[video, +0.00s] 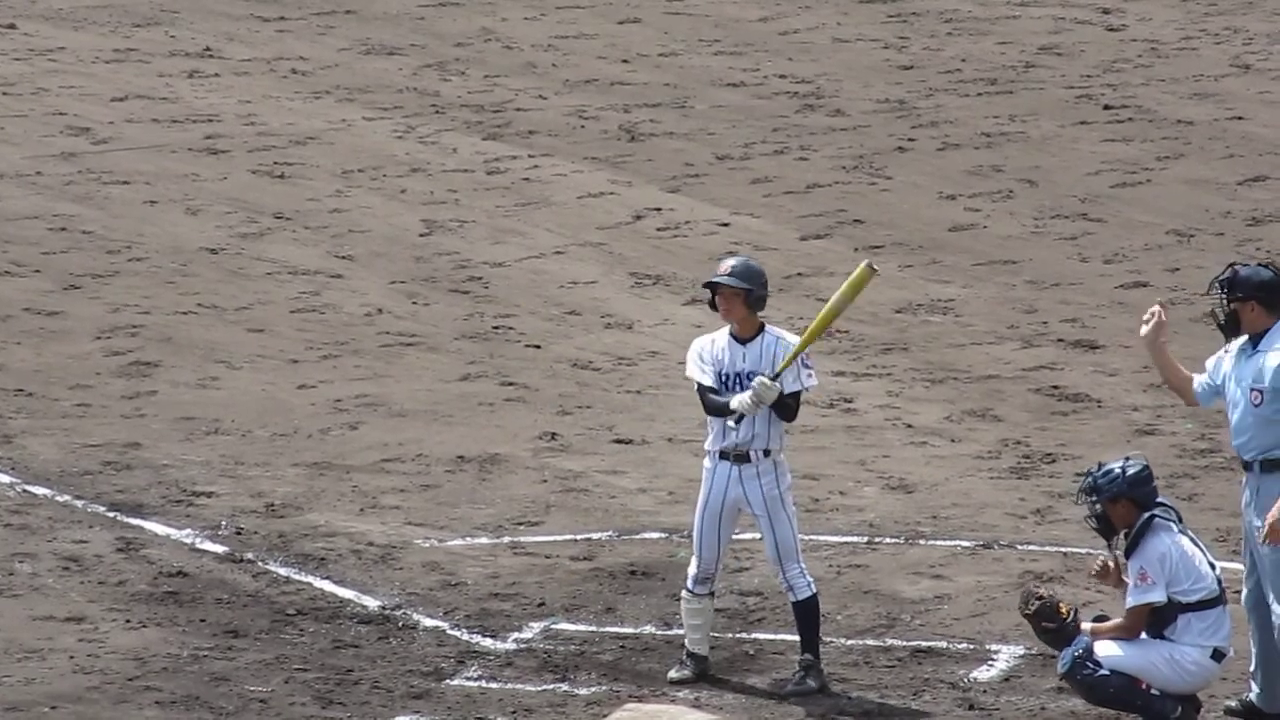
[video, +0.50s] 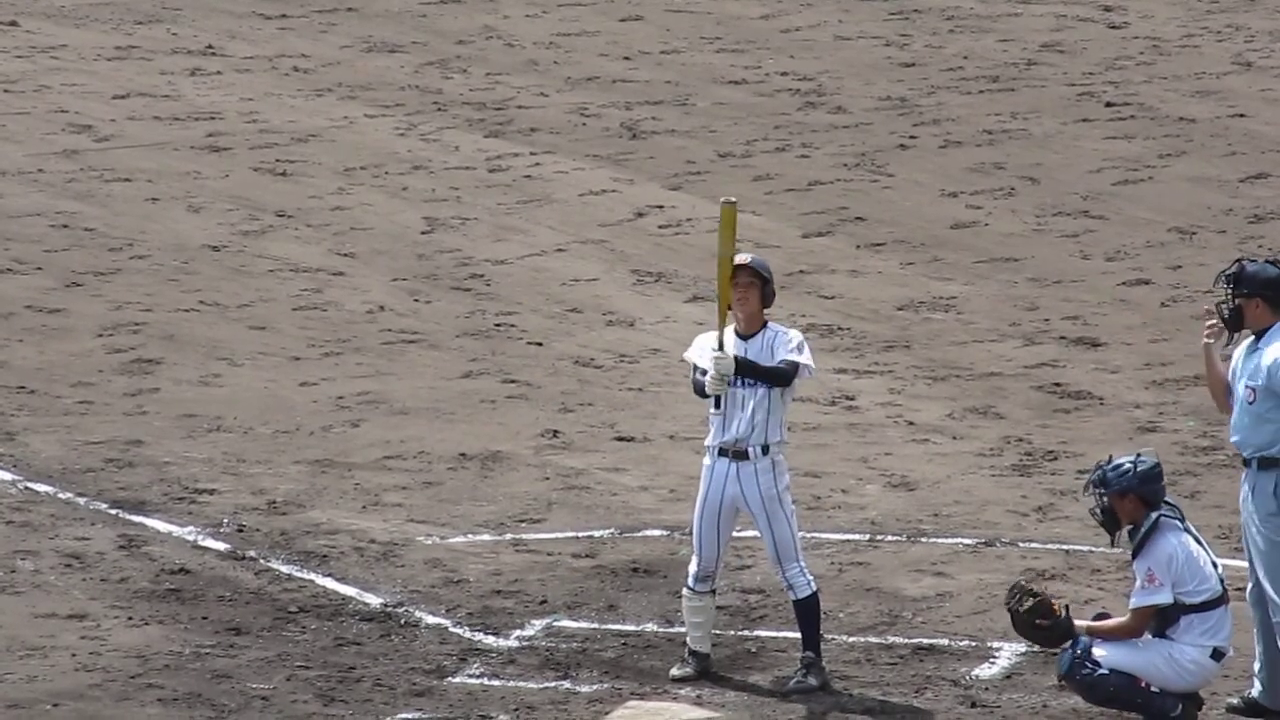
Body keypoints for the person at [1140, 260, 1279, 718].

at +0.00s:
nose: (1226, 309)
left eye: (1233, 302)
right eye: (1228, 302)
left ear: (1255, 306)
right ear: (1251, 306)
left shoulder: (1274, 352)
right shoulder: (1235, 352)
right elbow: (1194, 391)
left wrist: (1278, 505)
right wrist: (1156, 346)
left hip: (1275, 485)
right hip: (1253, 483)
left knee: (1277, 600)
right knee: (1258, 599)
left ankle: (1271, 696)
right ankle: (1265, 695)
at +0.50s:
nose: (1233, 304)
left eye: (1238, 298)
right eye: (1234, 297)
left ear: (1258, 306)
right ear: (1259, 305)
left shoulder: (1274, 351)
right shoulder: (1247, 345)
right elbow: (1228, 403)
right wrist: (1210, 350)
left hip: (1273, 478)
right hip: (1253, 475)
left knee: (1274, 593)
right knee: (1260, 593)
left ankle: (1273, 694)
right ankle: (1267, 692)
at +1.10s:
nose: (1224, 327)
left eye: (1226, 319)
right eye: (1222, 319)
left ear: (1244, 317)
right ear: (1259, 312)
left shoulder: (1266, 367)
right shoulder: (1263, 355)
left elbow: (1271, 449)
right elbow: (1262, 425)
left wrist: (1240, 513)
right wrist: (1236, 402)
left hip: (1263, 503)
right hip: (1256, 496)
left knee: (1259, 607)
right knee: (1257, 602)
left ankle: (1266, 695)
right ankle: (1261, 692)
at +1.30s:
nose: (1214, 339)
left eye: (1214, 330)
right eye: (1212, 330)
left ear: (1230, 327)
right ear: (1252, 318)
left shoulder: (1253, 373)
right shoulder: (1272, 348)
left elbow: (1265, 455)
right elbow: (1267, 423)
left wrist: (1250, 533)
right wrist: (1242, 457)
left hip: (1269, 522)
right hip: (1272, 514)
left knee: (1249, 627)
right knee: (1264, 608)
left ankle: (1276, 706)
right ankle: (1263, 688)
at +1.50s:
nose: (1203, 345)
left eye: (1205, 336)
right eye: (1202, 336)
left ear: (1222, 334)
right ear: (1244, 327)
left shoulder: (1246, 380)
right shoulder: (1270, 356)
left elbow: (1267, 461)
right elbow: (1268, 456)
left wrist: (1255, 537)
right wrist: (1253, 516)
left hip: (1271, 527)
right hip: (1274, 521)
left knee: (1243, 630)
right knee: (1264, 621)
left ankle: (1275, 706)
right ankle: (1271, 699)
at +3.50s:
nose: (1221, 335)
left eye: (1224, 327)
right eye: (1221, 326)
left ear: (1243, 326)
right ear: (1258, 321)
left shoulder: (1258, 369)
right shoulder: (1269, 354)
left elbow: (1270, 448)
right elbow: (1269, 448)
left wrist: (1253, 520)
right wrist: (1256, 518)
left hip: (1274, 519)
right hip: (1271, 517)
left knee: (1255, 627)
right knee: (1262, 617)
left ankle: (1274, 702)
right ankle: (1273, 692)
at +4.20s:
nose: (1188, 375)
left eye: (1192, 367)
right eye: (1187, 366)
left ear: (1212, 370)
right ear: (1225, 365)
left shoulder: (1231, 403)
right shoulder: (1257, 385)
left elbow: (1272, 467)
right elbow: (1272, 461)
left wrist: (1276, 546)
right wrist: (1269, 504)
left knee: (1268, 626)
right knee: (1268, 626)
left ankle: (1276, 708)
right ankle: (1274, 707)